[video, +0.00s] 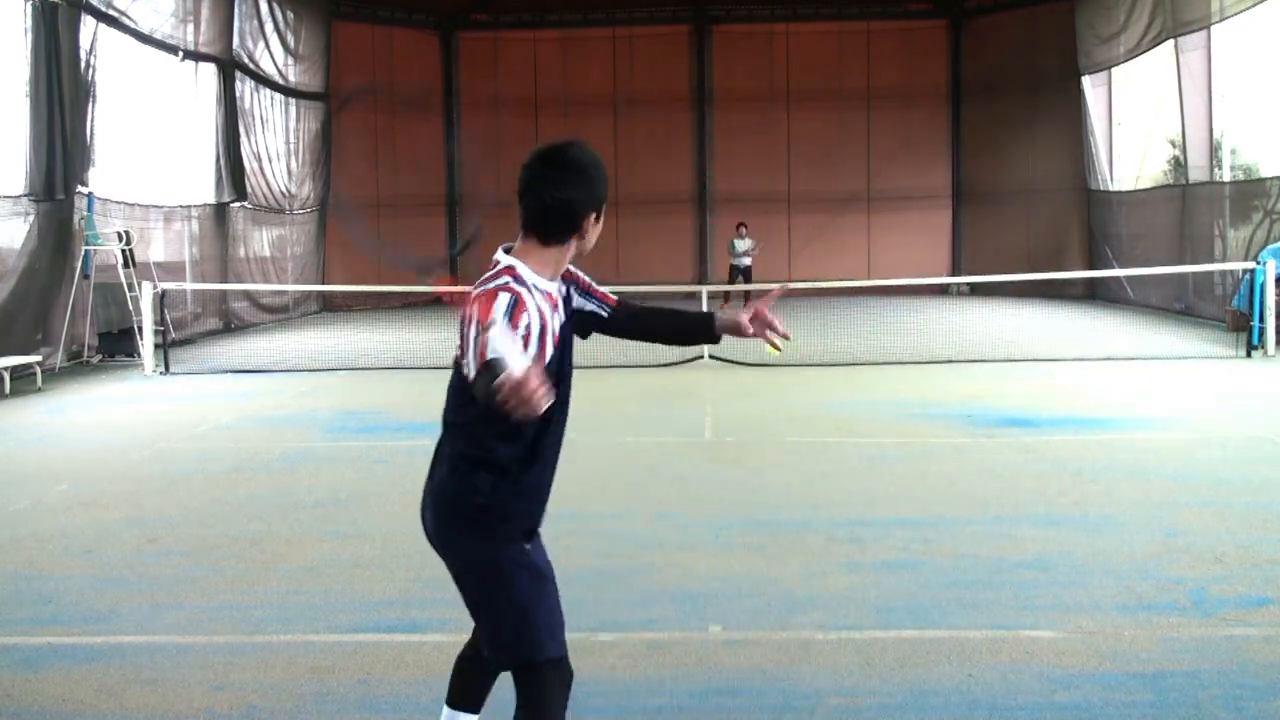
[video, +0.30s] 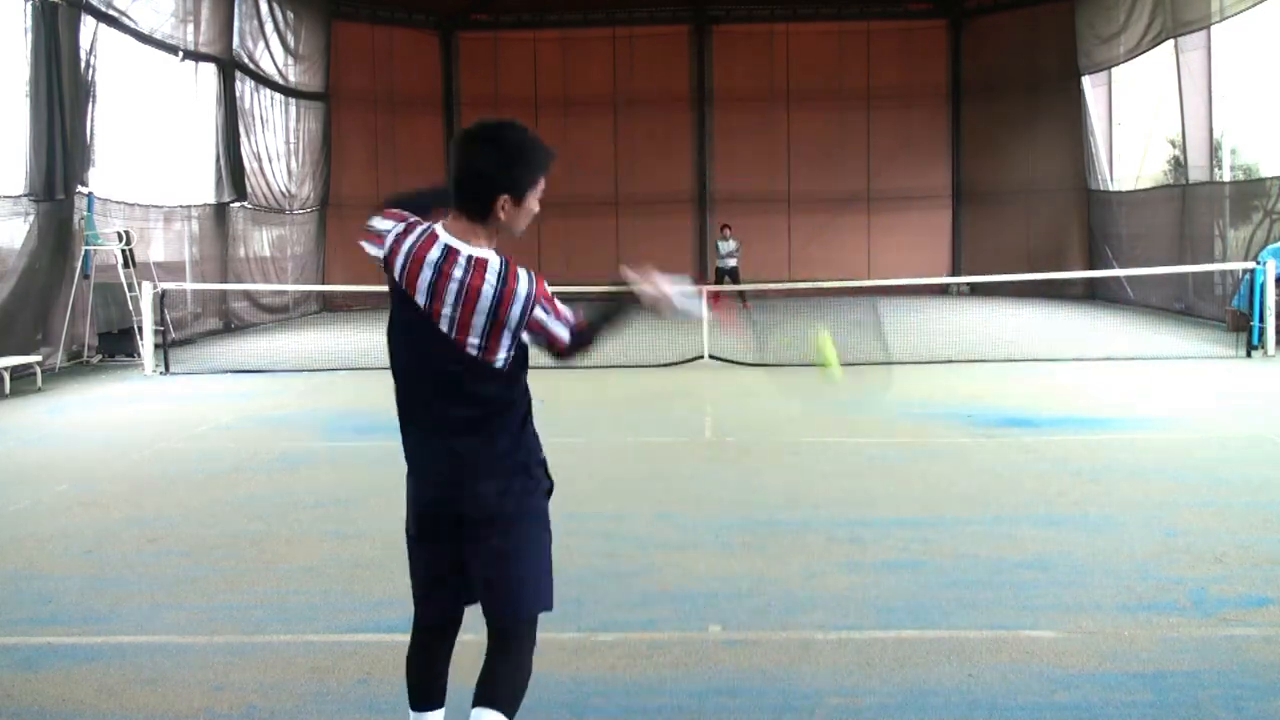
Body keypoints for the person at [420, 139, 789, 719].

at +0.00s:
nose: (599, 227)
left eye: (600, 214)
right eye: (601, 214)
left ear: (526, 208)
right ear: (586, 225)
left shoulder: (558, 283)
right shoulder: (504, 298)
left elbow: (630, 319)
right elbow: (491, 370)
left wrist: (730, 323)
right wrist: (511, 393)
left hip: (494, 508)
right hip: (481, 517)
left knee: (497, 634)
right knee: (547, 679)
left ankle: (454, 717)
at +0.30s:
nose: (540, 206)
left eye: (540, 194)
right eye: (536, 196)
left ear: (472, 197)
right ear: (503, 206)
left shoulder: (406, 246)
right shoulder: (516, 289)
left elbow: (395, 210)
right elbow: (573, 340)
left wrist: (462, 196)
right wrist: (634, 300)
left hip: (432, 481)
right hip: (503, 487)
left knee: (433, 622)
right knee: (512, 637)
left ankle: (426, 719)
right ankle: (483, 719)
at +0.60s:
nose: (512, 189)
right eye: (512, 181)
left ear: (437, 191)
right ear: (506, 192)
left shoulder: (420, 278)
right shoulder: (531, 250)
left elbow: (364, 369)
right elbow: (452, 233)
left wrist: (319, 305)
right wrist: (367, 207)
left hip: (448, 478)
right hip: (528, 473)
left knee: (435, 632)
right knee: (533, 627)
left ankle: (427, 719)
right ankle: (532, 715)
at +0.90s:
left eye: (441, 191)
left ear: (443, 202)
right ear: (515, 200)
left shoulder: (449, 287)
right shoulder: (557, 279)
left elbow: (472, 406)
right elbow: (575, 393)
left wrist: (418, 421)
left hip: (481, 504)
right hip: (557, 498)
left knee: (417, 629)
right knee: (530, 639)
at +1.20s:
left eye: (445, 176)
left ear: (447, 188)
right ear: (525, 186)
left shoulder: (425, 276)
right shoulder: (568, 267)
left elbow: (392, 395)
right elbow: (644, 364)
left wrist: (459, 370)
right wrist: (582, 396)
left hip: (483, 500)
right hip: (570, 492)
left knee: (475, 663)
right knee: (587, 647)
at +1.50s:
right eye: (604, 159)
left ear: (527, 173)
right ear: (605, 170)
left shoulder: (498, 262)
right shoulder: (644, 260)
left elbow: (490, 383)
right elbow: (702, 375)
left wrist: (554, 379)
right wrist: (636, 411)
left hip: (540, 495)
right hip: (629, 493)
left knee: (503, 667)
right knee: (669, 660)